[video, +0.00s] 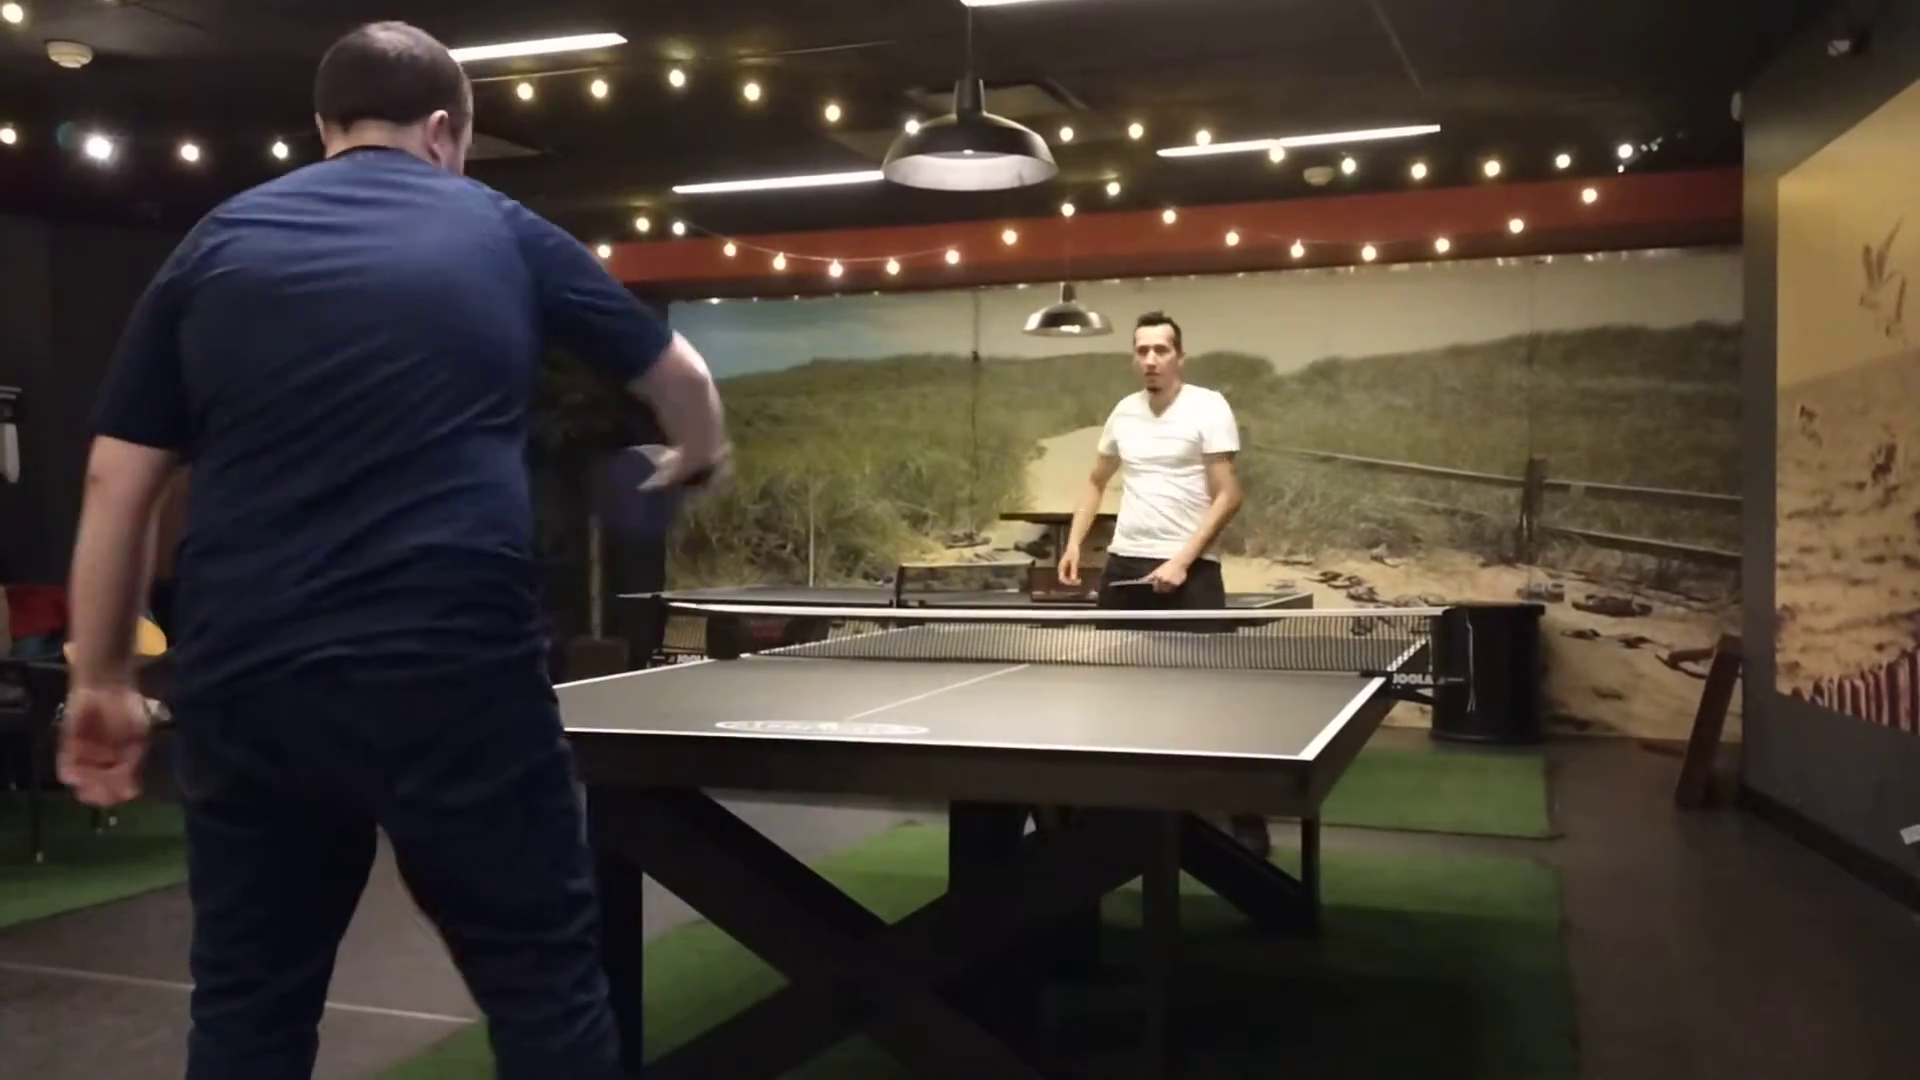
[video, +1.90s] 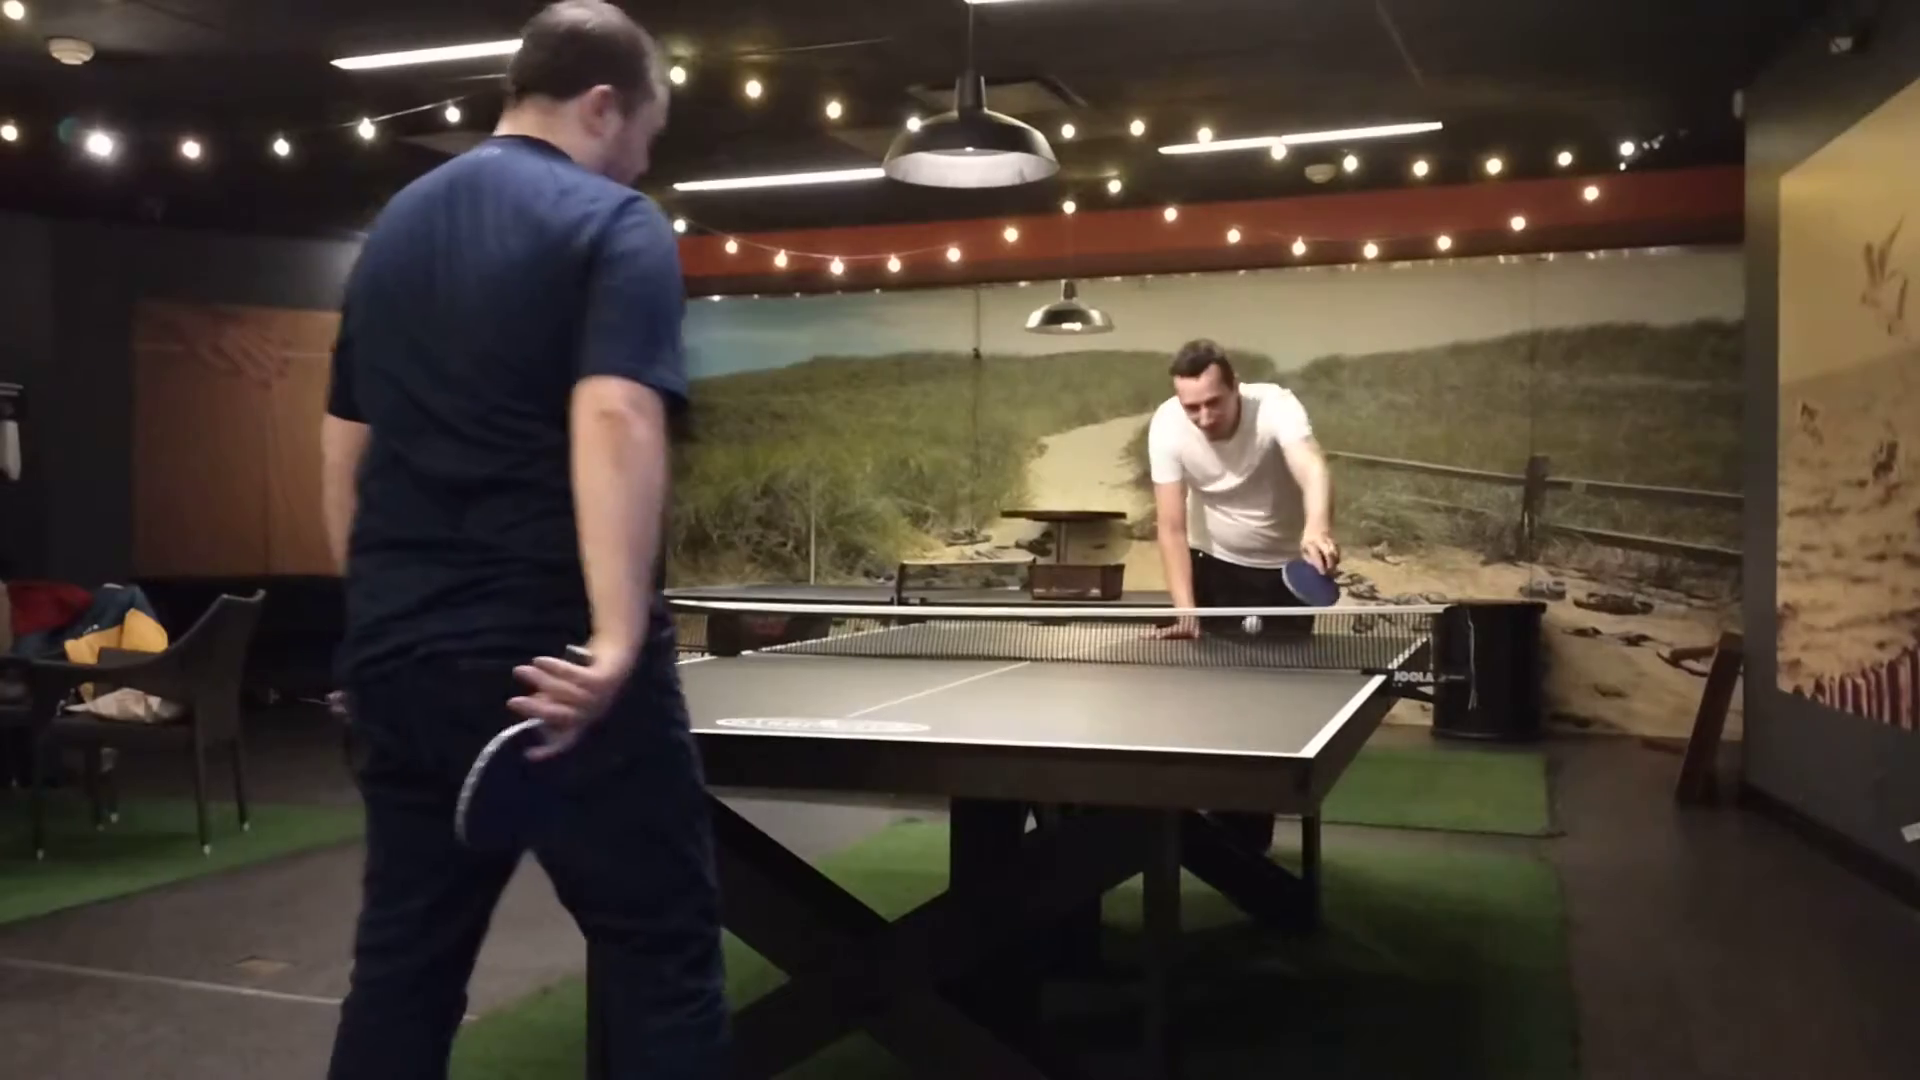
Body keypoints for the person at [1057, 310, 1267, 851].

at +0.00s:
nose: (1150, 359)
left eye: (1160, 350)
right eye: (1142, 350)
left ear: (1179, 356)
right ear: (1133, 358)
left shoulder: (1208, 407)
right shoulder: (1123, 414)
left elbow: (1228, 495)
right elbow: (1096, 482)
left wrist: (1183, 559)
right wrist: (1073, 544)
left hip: (1190, 573)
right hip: (1125, 571)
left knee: (1213, 692)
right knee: (1117, 688)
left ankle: (1246, 827)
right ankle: (1113, 818)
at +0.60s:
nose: (1212, 401)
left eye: (1224, 393)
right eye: (1205, 389)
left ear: (1241, 393)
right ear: (1194, 382)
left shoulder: (1254, 447)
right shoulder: (1168, 410)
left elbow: (1232, 530)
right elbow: (1141, 470)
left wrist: (1197, 565)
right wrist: (1111, 533)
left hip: (1216, 577)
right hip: (1152, 569)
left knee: (1227, 691)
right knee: (1130, 681)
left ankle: (1247, 827)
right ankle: (1119, 810)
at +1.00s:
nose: (1256, 369)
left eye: (1269, 360)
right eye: (1250, 356)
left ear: (1288, 362)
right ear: (1237, 352)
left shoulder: (1307, 422)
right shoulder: (1205, 390)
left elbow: (1310, 517)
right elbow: (1175, 460)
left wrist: (1264, 582)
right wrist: (1156, 532)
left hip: (1252, 574)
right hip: (1180, 563)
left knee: (1248, 704)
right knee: (1164, 691)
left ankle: (1252, 837)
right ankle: (1159, 823)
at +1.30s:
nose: (1257, 355)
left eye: (1268, 343)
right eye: (1247, 343)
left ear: (1285, 345)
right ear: (1232, 344)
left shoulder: (1312, 403)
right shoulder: (1200, 398)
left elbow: (1330, 489)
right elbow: (1150, 475)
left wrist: (1340, 557)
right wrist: (1156, 552)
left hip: (1277, 565)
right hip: (1209, 561)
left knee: (1267, 697)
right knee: (1215, 693)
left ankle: (1251, 830)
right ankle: (1210, 827)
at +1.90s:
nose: (1205, 416)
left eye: (1214, 403)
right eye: (1192, 407)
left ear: (1236, 387)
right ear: (1179, 397)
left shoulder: (1275, 406)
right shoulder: (1168, 427)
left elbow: (1312, 469)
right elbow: (1171, 527)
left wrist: (1316, 528)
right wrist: (1186, 611)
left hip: (1283, 571)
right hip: (1216, 568)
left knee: (1276, 701)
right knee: (1209, 694)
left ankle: (1250, 842)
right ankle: (1209, 829)